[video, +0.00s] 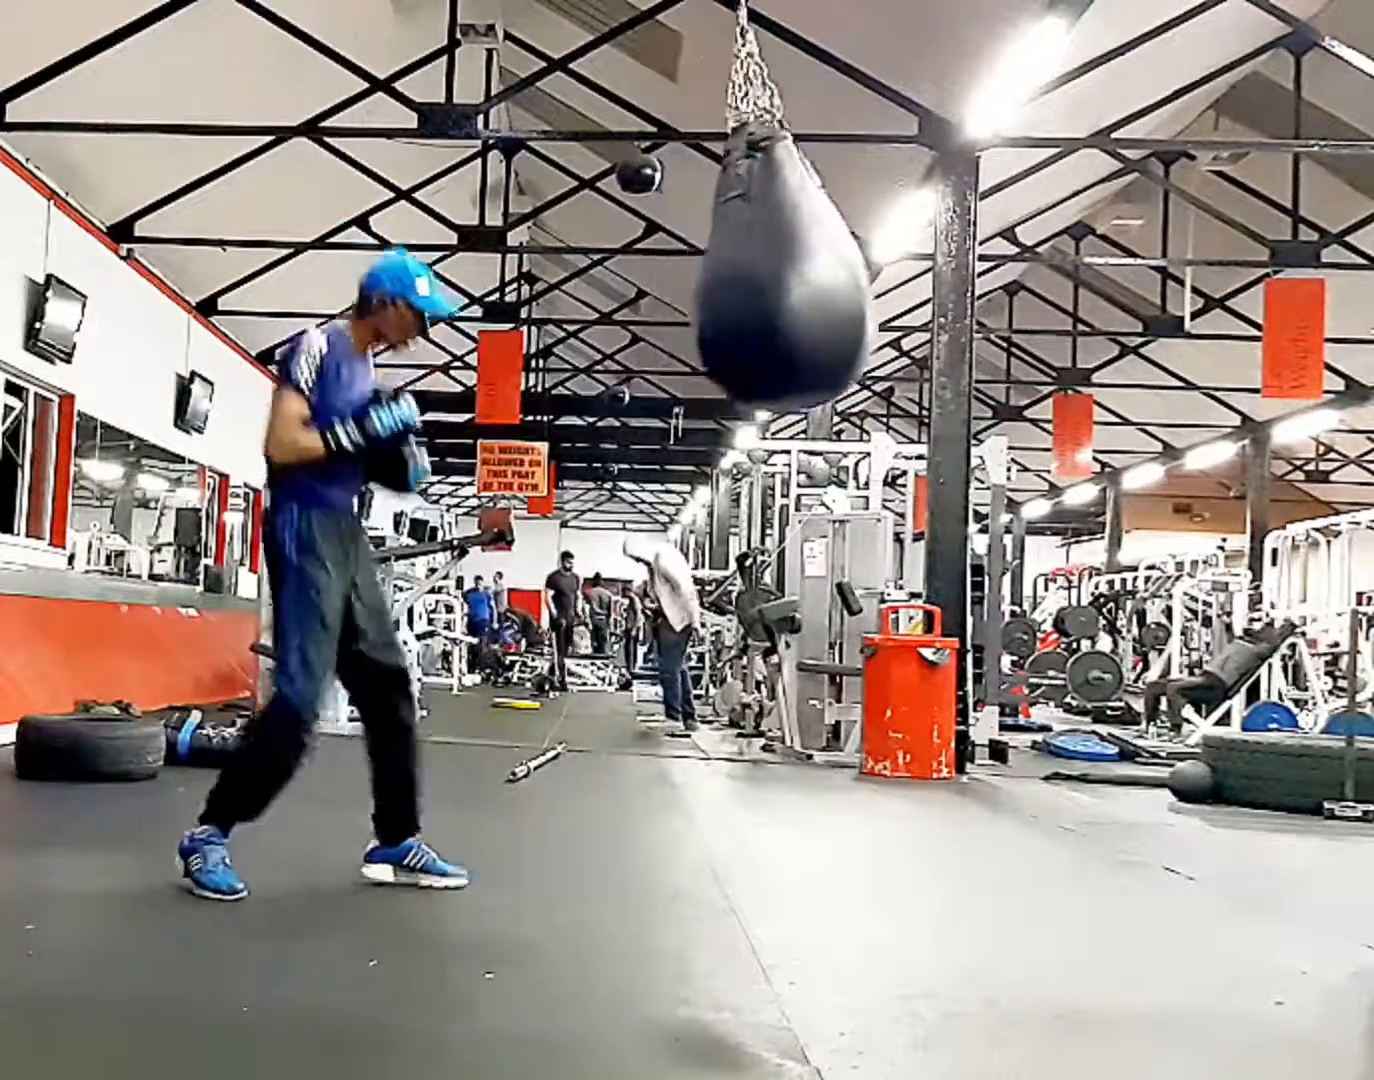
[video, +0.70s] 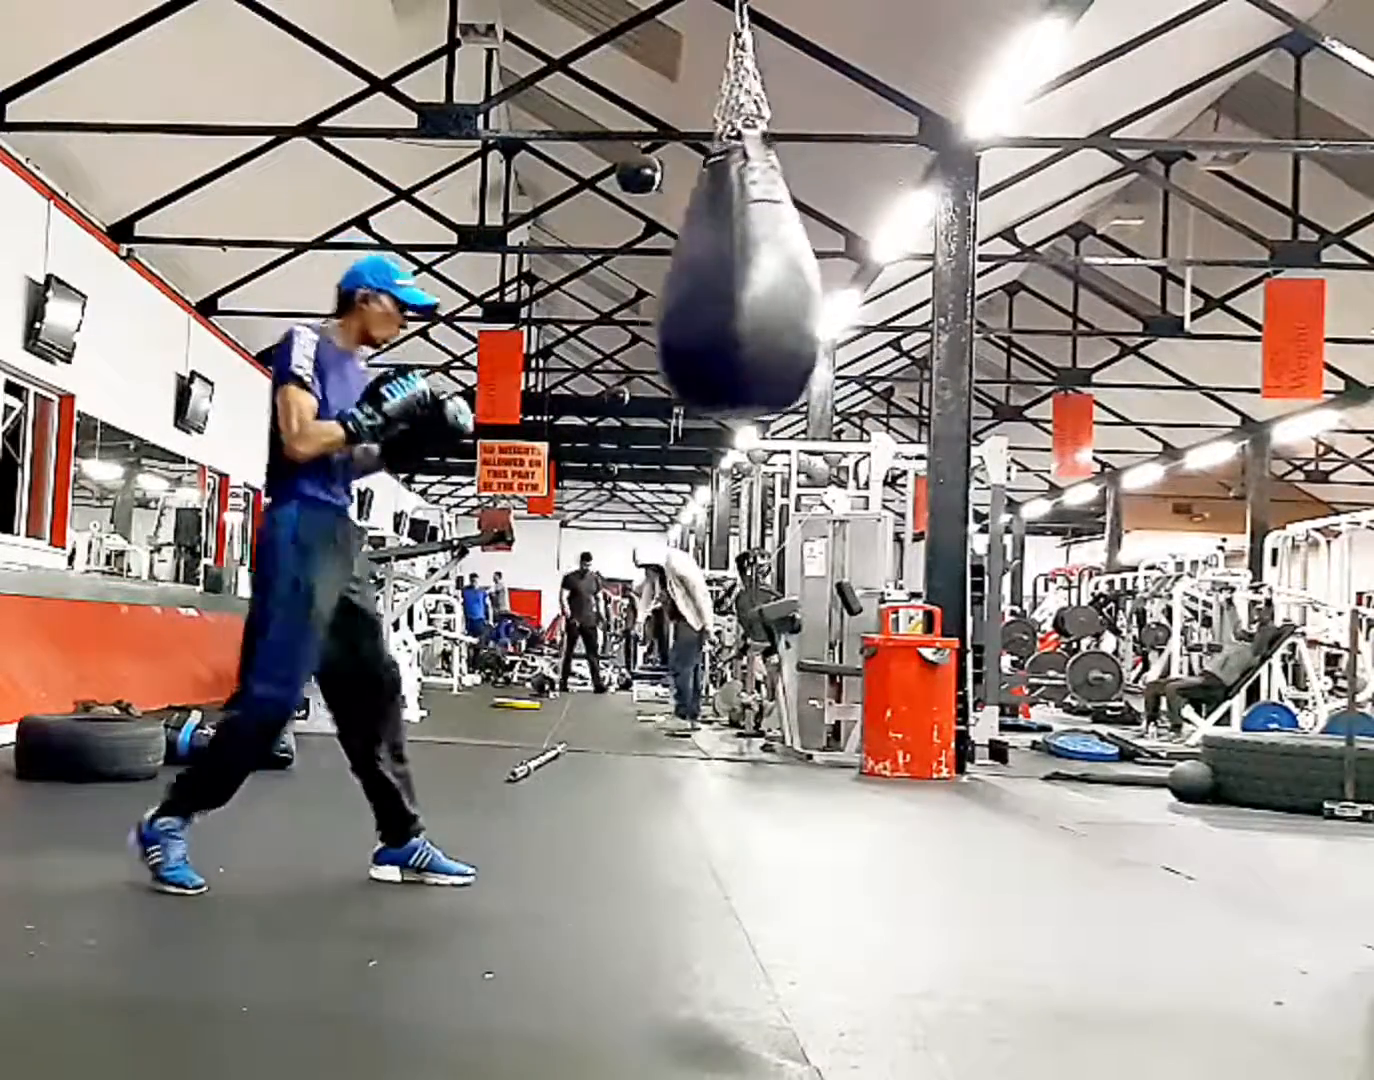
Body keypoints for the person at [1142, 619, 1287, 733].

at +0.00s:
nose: (1263, 628)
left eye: (1268, 627)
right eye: (1266, 626)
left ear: (1269, 637)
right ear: (1259, 631)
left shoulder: (1261, 650)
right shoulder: (1238, 642)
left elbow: (1276, 642)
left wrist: (1288, 628)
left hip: (1217, 684)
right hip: (1202, 677)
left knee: (1174, 689)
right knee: (1152, 688)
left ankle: (1176, 731)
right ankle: (1147, 729)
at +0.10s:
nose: (1261, 631)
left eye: (1263, 629)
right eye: (1262, 629)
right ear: (1255, 635)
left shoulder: (1258, 650)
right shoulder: (1235, 643)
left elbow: (1271, 643)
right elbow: (1225, 627)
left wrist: (1287, 628)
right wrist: (1220, 609)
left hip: (1217, 683)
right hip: (1202, 677)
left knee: (1174, 689)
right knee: (1152, 688)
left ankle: (1176, 731)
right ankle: (1148, 728)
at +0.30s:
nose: (1249, 629)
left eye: (1256, 627)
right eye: (1251, 625)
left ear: (1257, 636)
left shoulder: (1255, 651)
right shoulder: (1235, 644)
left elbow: (1267, 628)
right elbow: (1235, 627)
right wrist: (1230, 606)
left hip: (1218, 682)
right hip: (1204, 677)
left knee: (1174, 688)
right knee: (1153, 687)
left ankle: (1176, 730)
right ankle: (1149, 727)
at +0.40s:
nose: (1243, 628)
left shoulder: (1254, 652)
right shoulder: (1234, 645)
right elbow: (1236, 629)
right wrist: (1231, 607)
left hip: (1218, 681)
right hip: (1204, 676)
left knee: (1174, 689)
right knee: (1153, 688)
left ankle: (1175, 731)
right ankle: (1148, 727)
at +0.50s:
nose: (1253, 626)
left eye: (1256, 627)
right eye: (1254, 624)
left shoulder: (1256, 650)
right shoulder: (1239, 643)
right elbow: (1237, 631)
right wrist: (1230, 607)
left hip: (1218, 681)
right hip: (1205, 675)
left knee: (1173, 689)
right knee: (1153, 687)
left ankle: (1176, 729)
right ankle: (1149, 725)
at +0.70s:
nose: (1257, 617)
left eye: (1261, 613)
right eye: (1257, 614)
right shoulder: (1244, 644)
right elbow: (1237, 631)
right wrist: (1230, 605)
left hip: (1216, 683)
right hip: (1205, 677)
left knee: (1172, 690)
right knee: (1152, 688)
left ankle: (1176, 729)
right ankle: (1149, 727)